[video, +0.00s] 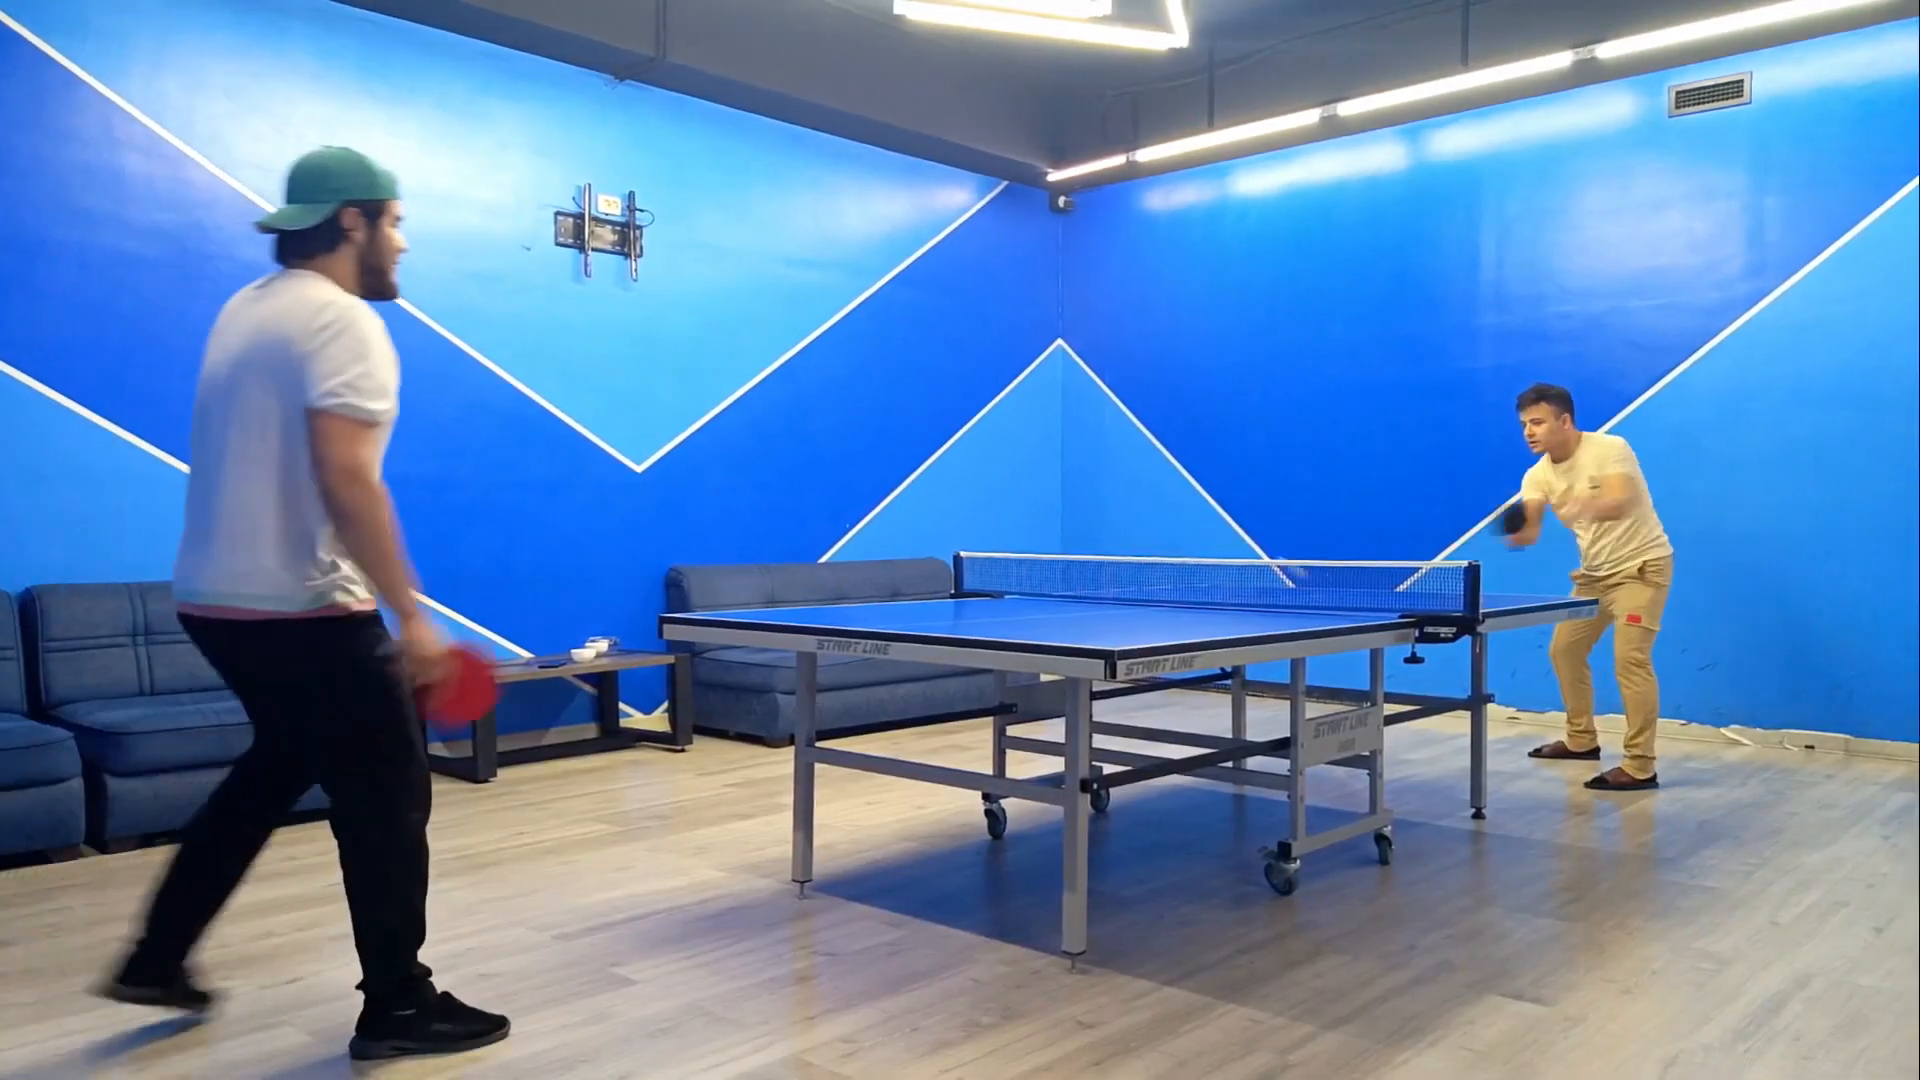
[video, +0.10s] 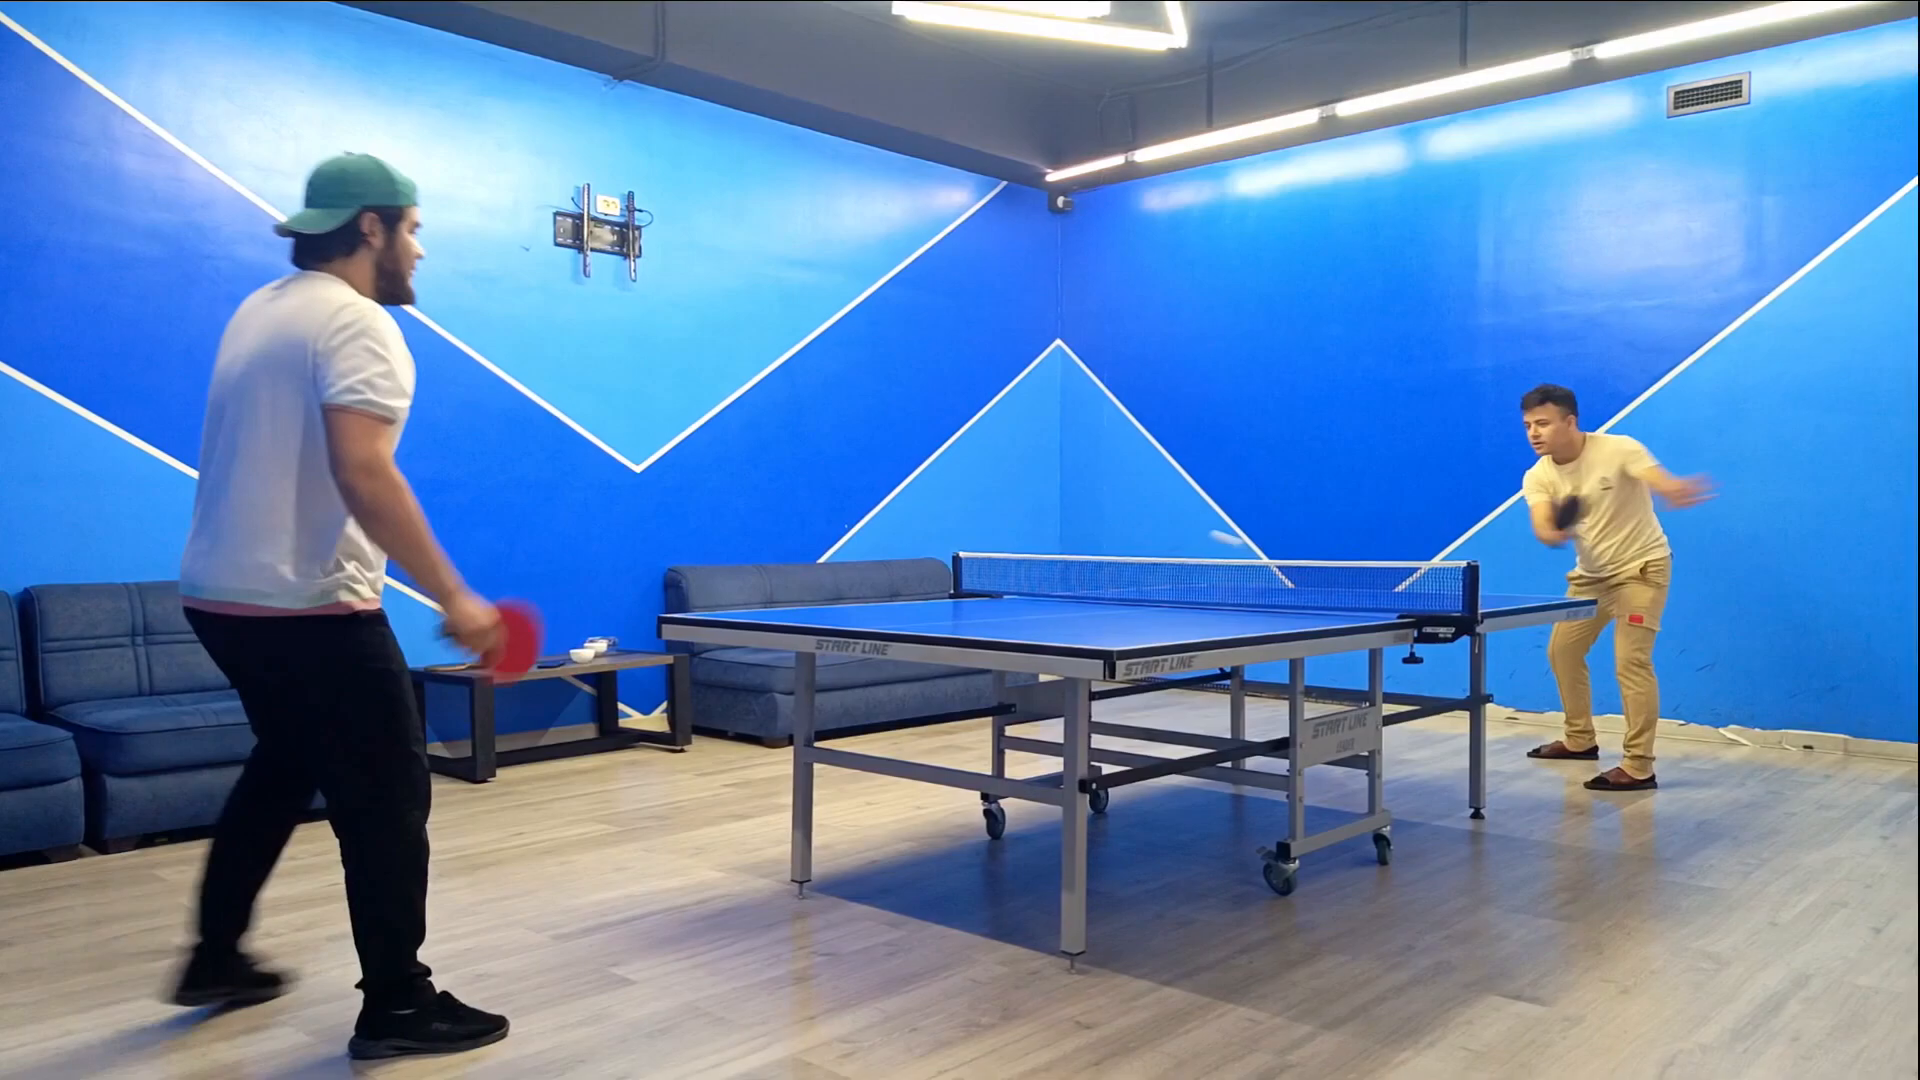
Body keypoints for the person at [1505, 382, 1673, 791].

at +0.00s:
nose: (1528, 432)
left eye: (1536, 423)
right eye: (1524, 425)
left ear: (1565, 421)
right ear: (1524, 429)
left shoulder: (1609, 448)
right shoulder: (1537, 476)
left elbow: (1622, 500)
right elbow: (1529, 531)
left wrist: (1584, 507)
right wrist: (1517, 533)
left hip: (1642, 565)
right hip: (1596, 573)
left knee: (1630, 656)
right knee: (1565, 650)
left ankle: (1640, 766)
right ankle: (1581, 741)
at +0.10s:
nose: (1533, 432)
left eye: (1542, 423)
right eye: (1529, 425)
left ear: (1571, 422)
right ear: (1528, 428)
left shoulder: (1619, 449)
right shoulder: (1538, 476)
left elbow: (1660, 480)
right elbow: (1543, 529)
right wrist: (1558, 531)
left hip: (1642, 567)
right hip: (1592, 574)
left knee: (1631, 659)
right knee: (1563, 651)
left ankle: (1638, 766)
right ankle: (1580, 741)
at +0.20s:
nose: (1542, 434)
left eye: (1551, 424)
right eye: (1537, 426)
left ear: (1580, 423)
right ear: (1534, 429)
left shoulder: (1630, 450)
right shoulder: (1543, 476)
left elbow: (1700, 469)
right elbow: (1560, 531)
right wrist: (1600, 538)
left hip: (1643, 567)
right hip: (1591, 574)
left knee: (1633, 659)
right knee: (1567, 651)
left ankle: (1637, 767)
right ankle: (1577, 740)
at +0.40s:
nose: (1560, 426)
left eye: (1569, 416)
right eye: (1555, 418)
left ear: (1599, 415)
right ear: (1553, 419)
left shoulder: (1649, 435)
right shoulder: (1558, 466)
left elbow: (1677, 461)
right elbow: (1577, 528)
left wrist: (1700, 493)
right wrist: (1624, 545)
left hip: (1657, 564)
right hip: (1600, 568)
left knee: (1642, 661)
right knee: (1578, 653)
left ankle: (1639, 768)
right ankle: (1597, 745)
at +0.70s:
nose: (1569, 422)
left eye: (1579, 413)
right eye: (1564, 415)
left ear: (1609, 414)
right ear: (1561, 420)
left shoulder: (1659, 450)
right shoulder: (1564, 474)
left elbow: (1706, 492)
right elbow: (1570, 537)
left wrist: (1729, 549)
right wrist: (1585, 555)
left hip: (1664, 577)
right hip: (1608, 583)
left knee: (1664, 663)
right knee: (1577, 663)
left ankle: (1656, 766)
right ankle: (1616, 752)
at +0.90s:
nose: (1565, 411)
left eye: (1574, 401)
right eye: (1560, 404)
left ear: (1602, 401)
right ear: (1559, 411)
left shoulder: (1644, 440)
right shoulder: (1582, 465)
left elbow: (1699, 491)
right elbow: (1593, 528)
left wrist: (1686, 545)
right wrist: (1564, 570)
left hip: (1672, 569)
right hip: (1626, 574)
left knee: (1657, 657)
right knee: (1602, 657)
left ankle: (1684, 765)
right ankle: (1623, 753)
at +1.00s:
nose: (1571, 408)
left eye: (1579, 397)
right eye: (1565, 401)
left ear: (1609, 395)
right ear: (1566, 406)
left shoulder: (1636, 427)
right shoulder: (1601, 451)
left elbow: (1681, 476)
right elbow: (1623, 519)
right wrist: (1584, 567)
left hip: (1679, 552)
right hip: (1642, 563)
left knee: (1659, 651)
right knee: (1623, 652)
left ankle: (1717, 765)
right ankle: (1629, 754)